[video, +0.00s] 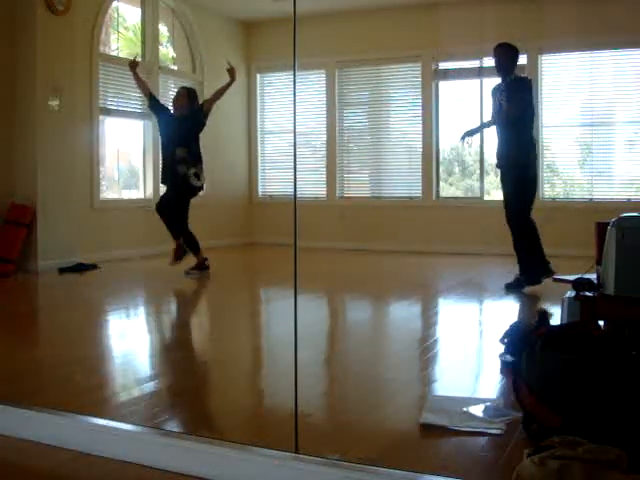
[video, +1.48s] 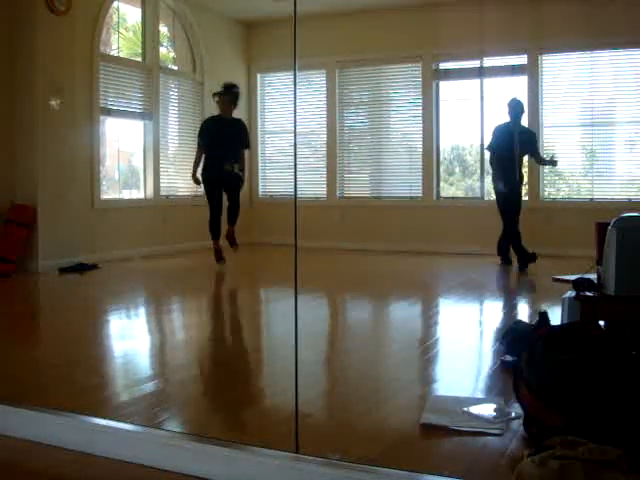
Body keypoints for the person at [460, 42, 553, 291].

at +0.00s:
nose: (497, 63)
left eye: (501, 58)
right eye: (496, 58)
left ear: (511, 60)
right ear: (496, 61)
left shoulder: (522, 85)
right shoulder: (499, 90)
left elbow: (515, 118)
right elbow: (496, 120)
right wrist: (473, 131)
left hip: (523, 160)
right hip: (508, 161)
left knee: (519, 216)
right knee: (515, 216)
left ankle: (533, 271)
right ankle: (535, 268)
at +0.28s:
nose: (525, 86)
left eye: (529, 82)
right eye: (522, 82)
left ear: (537, 82)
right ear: (516, 82)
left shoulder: (548, 108)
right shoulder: (506, 109)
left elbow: (562, 143)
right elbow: (499, 143)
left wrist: (561, 173)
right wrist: (498, 171)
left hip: (545, 176)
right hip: (517, 178)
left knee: (558, 223)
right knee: (516, 229)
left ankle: (568, 265)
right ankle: (518, 276)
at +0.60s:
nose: (541, 89)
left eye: (544, 85)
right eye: (537, 84)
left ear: (550, 87)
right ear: (531, 86)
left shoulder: (559, 110)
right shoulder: (523, 105)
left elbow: (574, 137)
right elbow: (519, 137)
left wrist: (584, 164)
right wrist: (527, 160)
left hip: (552, 171)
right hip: (530, 170)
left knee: (555, 218)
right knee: (533, 215)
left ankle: (563, 265)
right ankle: (527, 261)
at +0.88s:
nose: (532, 101)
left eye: (535, 97)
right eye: (528, 97)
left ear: (540, 99)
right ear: (524, 99)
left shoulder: (546, 123)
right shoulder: (515, 122)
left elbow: (568, 137)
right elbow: (513, 149)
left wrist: (579, 119)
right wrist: (523, 165)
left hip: (548, 179)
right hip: (526, 179)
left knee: (558, 224)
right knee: (528, 225)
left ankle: (567, 266)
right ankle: (528, 264)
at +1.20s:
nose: (518, 98)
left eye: (521, 95)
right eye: (516, 95)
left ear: (528, 97)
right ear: (512, 97)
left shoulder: (537, 113)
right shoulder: (506, 112)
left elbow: (567, 112)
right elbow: (503, 137)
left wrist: (593, 115)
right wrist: (520, 154)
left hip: (529, 172)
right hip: (510, 172)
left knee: (531, 216)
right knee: (516, 216)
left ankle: (529, 262)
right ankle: (522, 262)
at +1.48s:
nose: (515, 114)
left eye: (518, 111)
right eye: (513, 110)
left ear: (523, 112)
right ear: (508, 111)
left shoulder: (528, 134)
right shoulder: (499, 131)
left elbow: (536, 157)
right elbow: (493, 158)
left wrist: (547, 162)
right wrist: (497, 178)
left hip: (516, 179)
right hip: (500, 179)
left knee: (512, 217)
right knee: (508, 218)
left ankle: (503, 251)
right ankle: (522, 255)